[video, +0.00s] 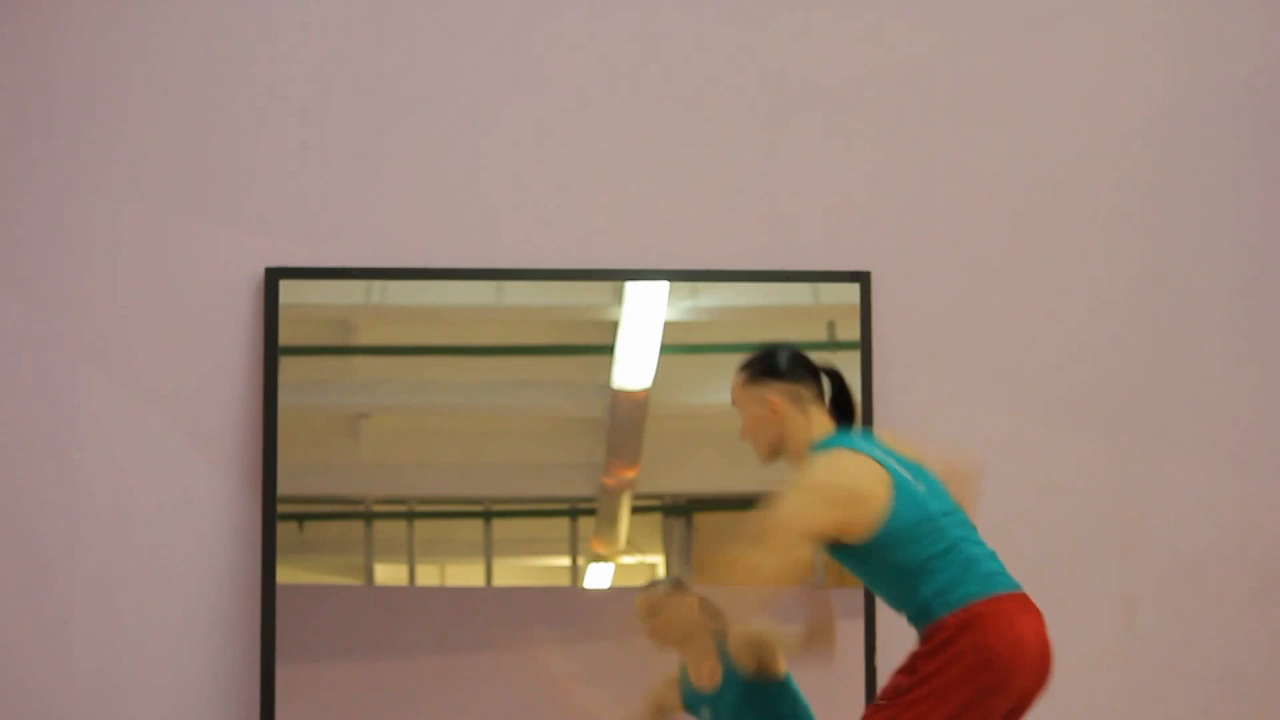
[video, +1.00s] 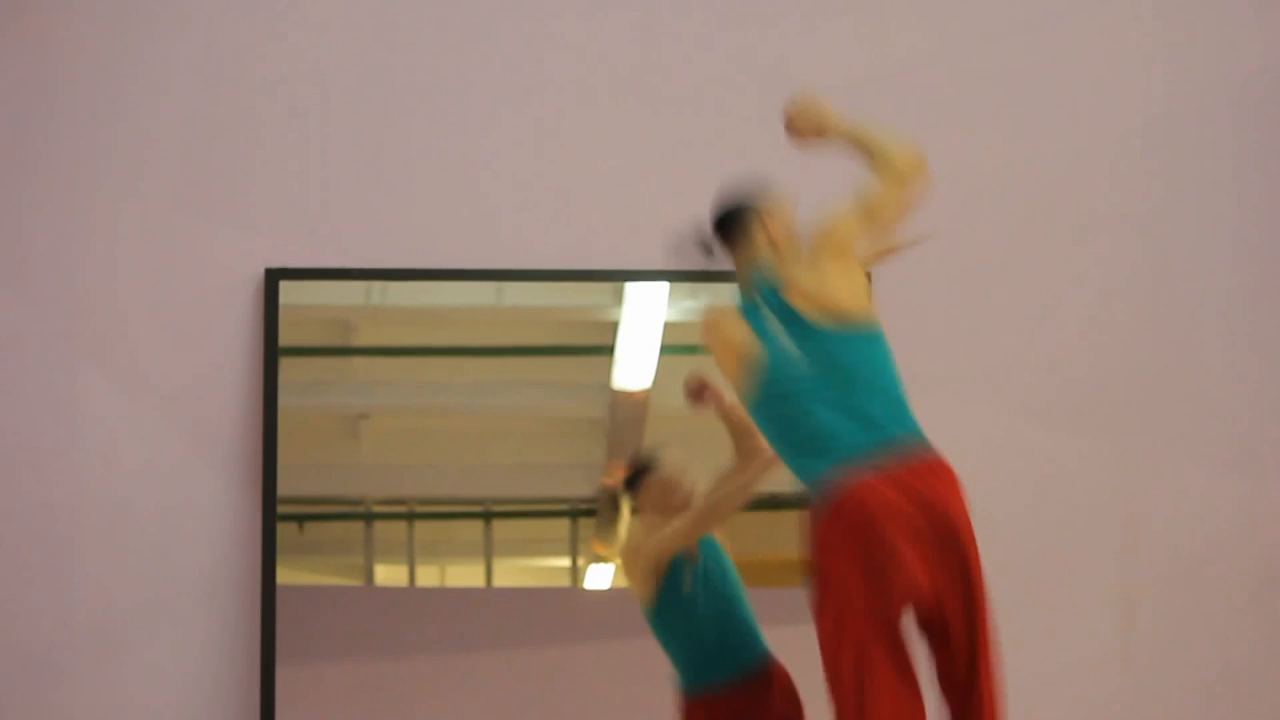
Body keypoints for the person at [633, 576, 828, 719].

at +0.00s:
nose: (652, 627)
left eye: (658, 611)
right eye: (648, 620)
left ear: (693, 604)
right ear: (650, 633)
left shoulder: (749, 642)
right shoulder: (671, 694)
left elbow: (820, 645)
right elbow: (650, 713)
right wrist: (655, 713)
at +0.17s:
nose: (651, 628)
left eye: (657, 612)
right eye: (647, 620)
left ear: (693, 604)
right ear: (651, 633)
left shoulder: (749, 643)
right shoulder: (671, 693)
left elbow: (820, 645)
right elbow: (651, 712)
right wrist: (655, 713)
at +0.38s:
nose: (660, 604)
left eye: (666, 589)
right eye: (649, 599)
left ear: (693, 587)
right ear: (644, 613)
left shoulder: (744, 621)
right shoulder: (668, 677)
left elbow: (817, 592)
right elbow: (592, 693)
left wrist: (798, 518)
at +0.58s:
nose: (669, 571)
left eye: (673, 559)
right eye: (656, 568)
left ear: (688, 562)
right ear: (646, 583)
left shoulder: (736, 591)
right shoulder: (655, 646)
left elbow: (793, 532)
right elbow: (585, 634)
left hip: (794, 713)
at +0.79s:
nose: (672, 538)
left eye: (676, 529)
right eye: (661, 533)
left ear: (687, 531)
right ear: (639, 545)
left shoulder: (724, 555)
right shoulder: (654, 607)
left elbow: (775, 489)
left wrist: (735, 426)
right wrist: (667, 504)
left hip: (782, 707)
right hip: (729, 715)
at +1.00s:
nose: (680, 482)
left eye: (677, 474)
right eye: (666, 479)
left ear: (681, 477)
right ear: (642, 494)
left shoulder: (697, 523)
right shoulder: (642, 551)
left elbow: (752, 458)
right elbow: (706, 513)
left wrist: (720, 401)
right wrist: (759, 463)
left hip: (766, 688)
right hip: (714, 705)